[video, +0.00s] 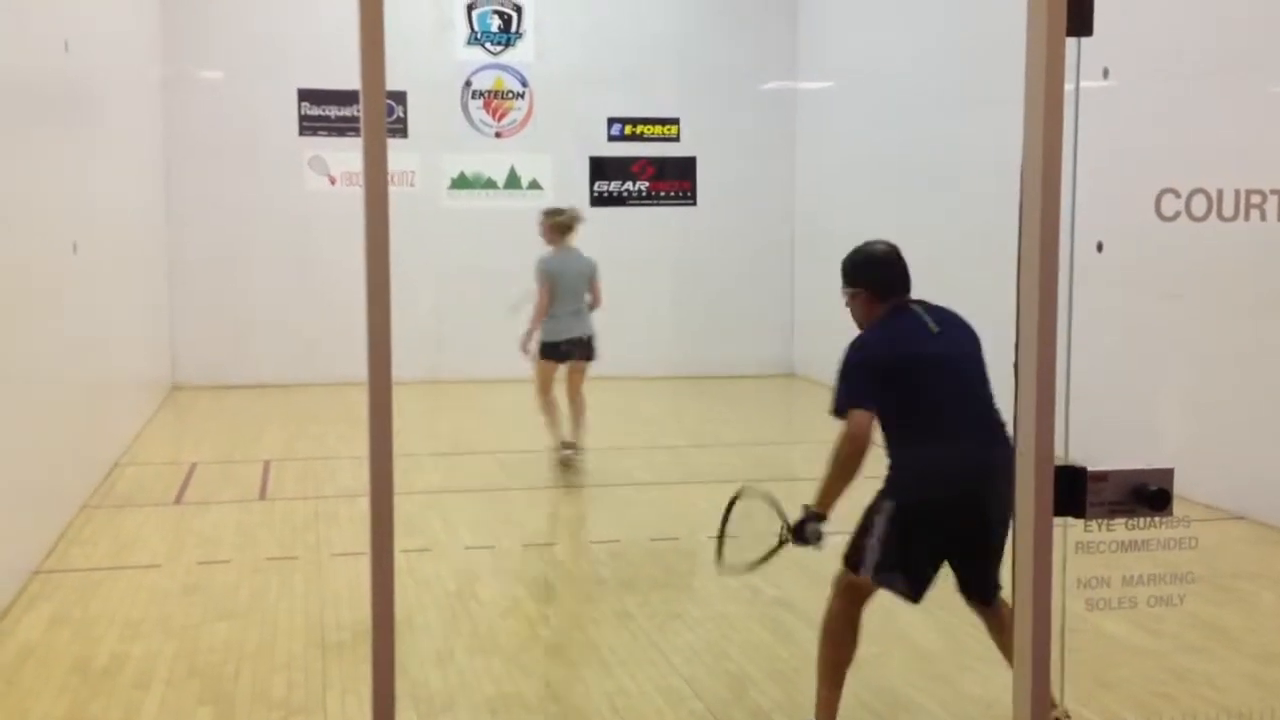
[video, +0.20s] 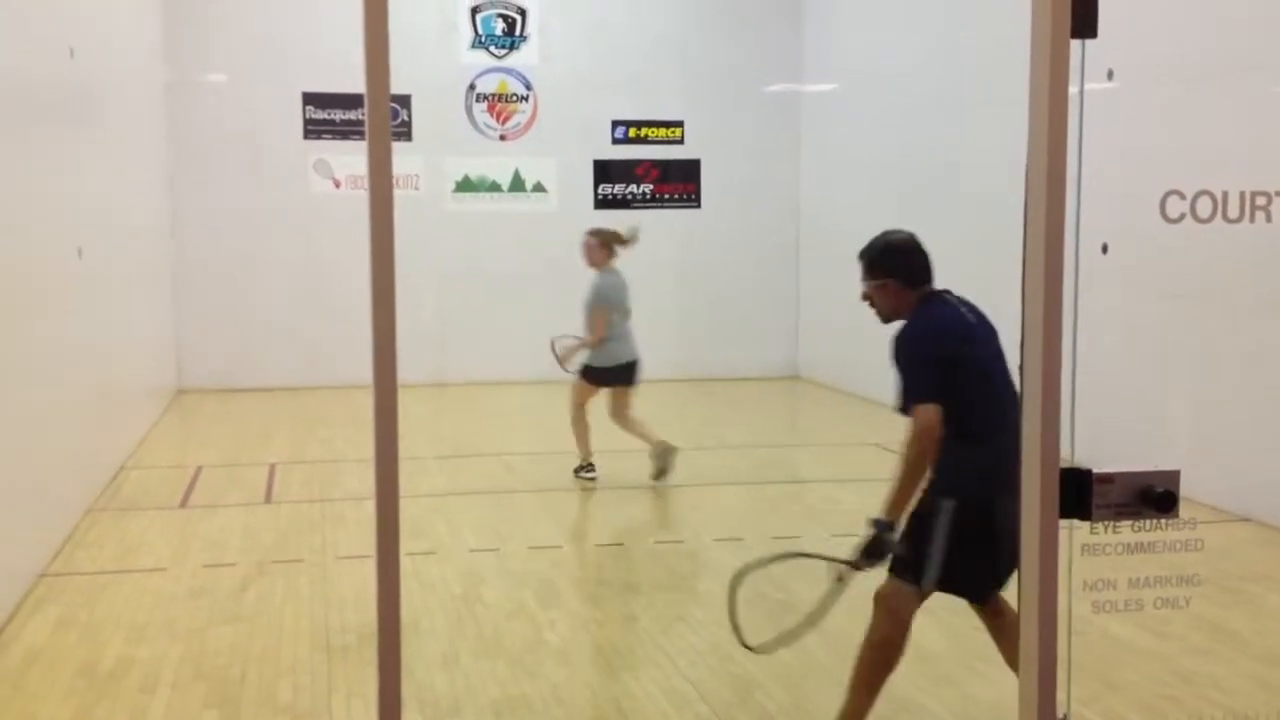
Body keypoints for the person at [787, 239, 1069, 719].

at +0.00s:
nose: (848, 305)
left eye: (849, 296)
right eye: (847, 295)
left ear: (864, 295)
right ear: (904, 287)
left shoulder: (870, 348)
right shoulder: (953, 324)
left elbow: (857, 435)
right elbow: (971, 408)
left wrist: (817, 511)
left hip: (920, 488)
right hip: (992, 481)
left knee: (849, 593)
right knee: (985, 594)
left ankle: (825, 713)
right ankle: (1047, 704)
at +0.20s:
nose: (864, 294)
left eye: (871, 284)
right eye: (864, 284)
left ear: (899, 283)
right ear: (914, 279)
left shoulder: (918, 333)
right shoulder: (964, 313)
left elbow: (928, 430)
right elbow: (991, 408)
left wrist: (888, 522)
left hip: (958, 490)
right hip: (1002, 486)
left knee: (893, 602)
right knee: (986, 598)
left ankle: (850, 714)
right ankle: (1049, 703)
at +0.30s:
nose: (874, 294)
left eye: (880, 282)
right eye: (874, 282)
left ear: (911, 280)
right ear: (924, 277)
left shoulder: (934, 332)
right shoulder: (968, 313)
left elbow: (955, 431)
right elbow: (986, 416)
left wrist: (931, 502)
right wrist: (944, 493)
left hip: (974, 484)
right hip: (1008, 481)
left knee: (899, 596)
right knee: (988, 592)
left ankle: (893, 712)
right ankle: (1048, 696)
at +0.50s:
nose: (875, 289)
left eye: (885, 276)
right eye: (877, 276)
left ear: (921, 279)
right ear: (922, 279)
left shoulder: (953, 333)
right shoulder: (946, 321)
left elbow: (995, 440)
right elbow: (952, 414)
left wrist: (970, 532)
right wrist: (926, 478)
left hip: (982, 497)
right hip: (1004, 490)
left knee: (916, 623)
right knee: (991, 604)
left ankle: (939, 715)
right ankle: (1058, 702)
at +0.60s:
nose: (869, 304)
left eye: (880, 292)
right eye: (871, 291)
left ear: (922, 300)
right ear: (917, 300)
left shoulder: (966, 359)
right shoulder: (913, 341)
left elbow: (1013, 464)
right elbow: (925, 424)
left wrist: (983, 557)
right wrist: (900, 492)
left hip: (992, 508)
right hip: (976, 503)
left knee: (913, 631)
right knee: (986, 615)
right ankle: (1055, 704)